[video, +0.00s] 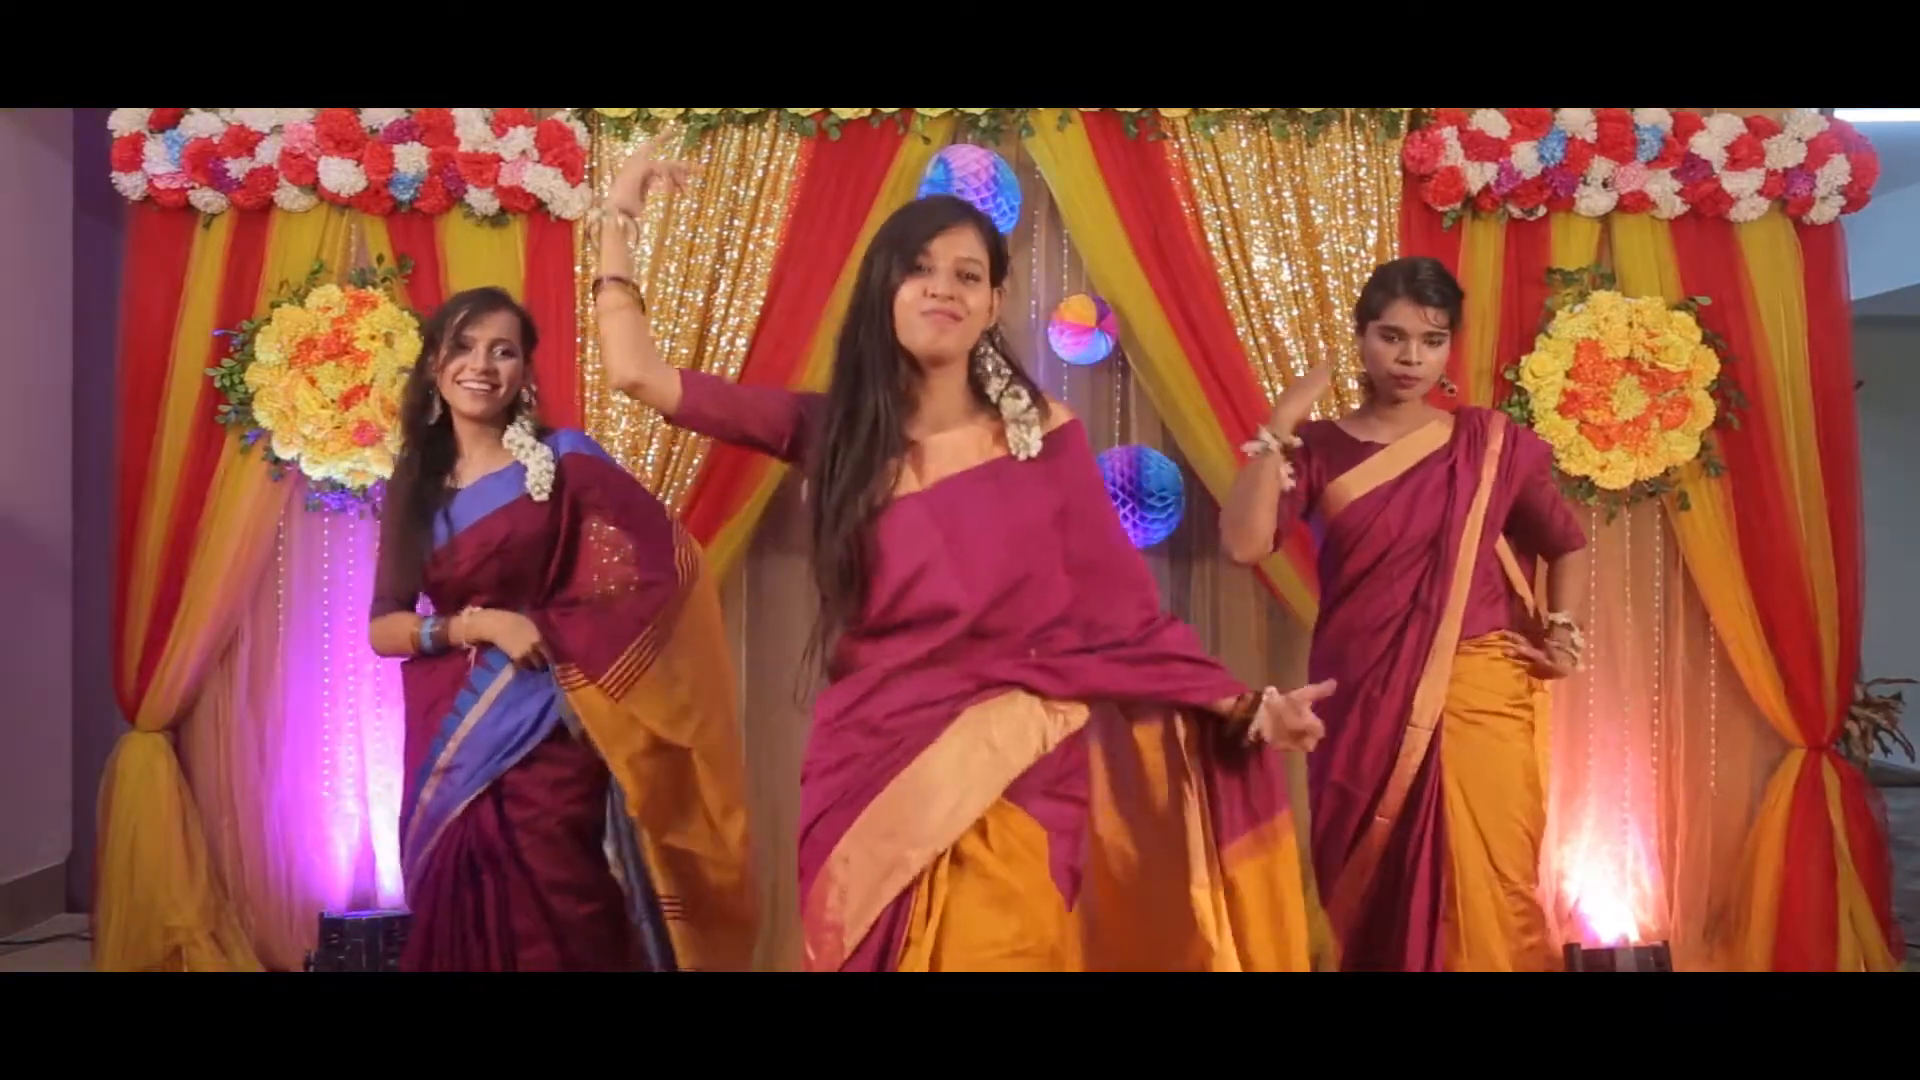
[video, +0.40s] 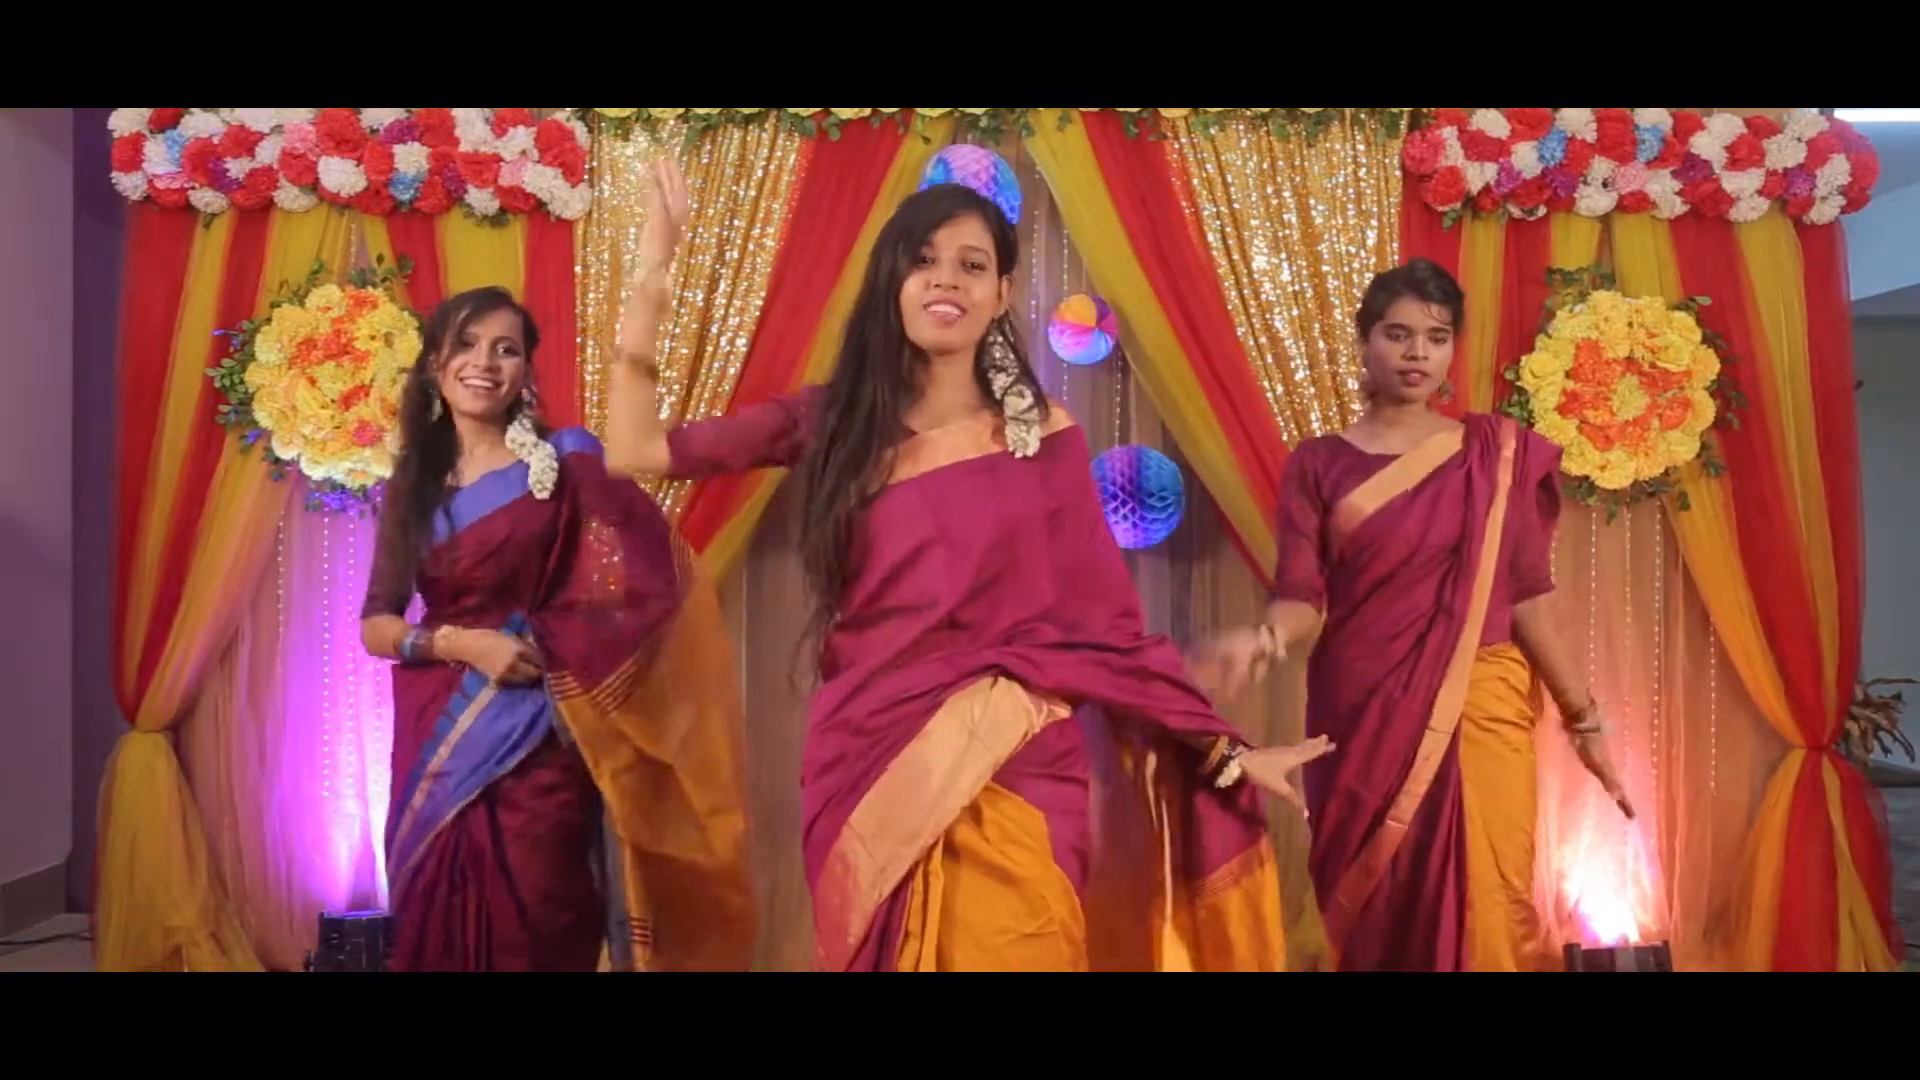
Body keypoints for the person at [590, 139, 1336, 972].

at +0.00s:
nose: (944, 291)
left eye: (970, 277)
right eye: (921, 271)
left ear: (995, 305)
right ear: (880, 291)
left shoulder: (1048, 437)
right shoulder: (844, 431)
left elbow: (1128, 621)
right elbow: (638, 375)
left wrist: (1248, 707)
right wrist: (617, 220)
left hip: (1022, 759)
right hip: (875, 757)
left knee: (1005, 949)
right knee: (868, 953)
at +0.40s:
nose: (946, 281)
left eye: (972, 265)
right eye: (924, 260)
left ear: (1004, 295)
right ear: (888, 286)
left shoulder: (1044, 433)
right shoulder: (841, 421)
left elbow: (1107, 622)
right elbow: (633, 451)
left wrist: (1225, 752)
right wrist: (652, 275)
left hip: (1025, 754)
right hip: (875, 755)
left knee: (1019, 948)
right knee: (883, 955)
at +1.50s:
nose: (904, 331)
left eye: (932, 309)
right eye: (894, 310)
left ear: (993, 321)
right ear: (877, 323)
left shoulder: (1054, 454)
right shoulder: (859, 461)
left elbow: (1084, 662)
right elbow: (691, 552)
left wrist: (1093, 812)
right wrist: (775, 389)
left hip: (979, 803)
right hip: (837, 800)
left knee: (964, 952)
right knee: (839, 955)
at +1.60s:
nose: (887, 315)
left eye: (914, 290)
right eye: (879, 293)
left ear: (983, 302)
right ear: (868, 309)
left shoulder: (1032, 423)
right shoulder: (863, 443)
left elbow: (1106, 628)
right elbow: (701, 471)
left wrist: (1127, 806)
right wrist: (789, 309)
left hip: (966, 798)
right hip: (838, 795)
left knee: (919, 954)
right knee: (825, 958)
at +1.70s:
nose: (881, 300)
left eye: (906, 274)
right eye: (875, 279)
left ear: (981, 284)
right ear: (864, 293)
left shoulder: (1021, 402)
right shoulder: (864, 422)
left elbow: (1133, 586)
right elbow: (712, 440)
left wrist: (1087, 762)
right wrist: (799, 290)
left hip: (971, 768)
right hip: (856, 763)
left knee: (905, 951)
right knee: (849, 950)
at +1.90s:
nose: (886, 310)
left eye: (907, 285)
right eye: (882, 289)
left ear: (985, 291)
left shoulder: (1033, 417)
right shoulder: (875, 444)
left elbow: (1115, 614)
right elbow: (730, 488)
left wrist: (1051, 786)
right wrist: (803, 332)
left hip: (955, 787)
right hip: (841, 781)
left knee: (935, 959)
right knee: (831, 956)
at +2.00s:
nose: (890, 310)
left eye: (912, 284)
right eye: (886, 288)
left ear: (989, 291)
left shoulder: (1035, 421)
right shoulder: (879, 447)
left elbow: (1111, 620)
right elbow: (728, 499)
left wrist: (1042, 792)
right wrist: (791, 343)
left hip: (938, 787)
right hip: (830, 782)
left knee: (905, 956)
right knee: (816, 953)